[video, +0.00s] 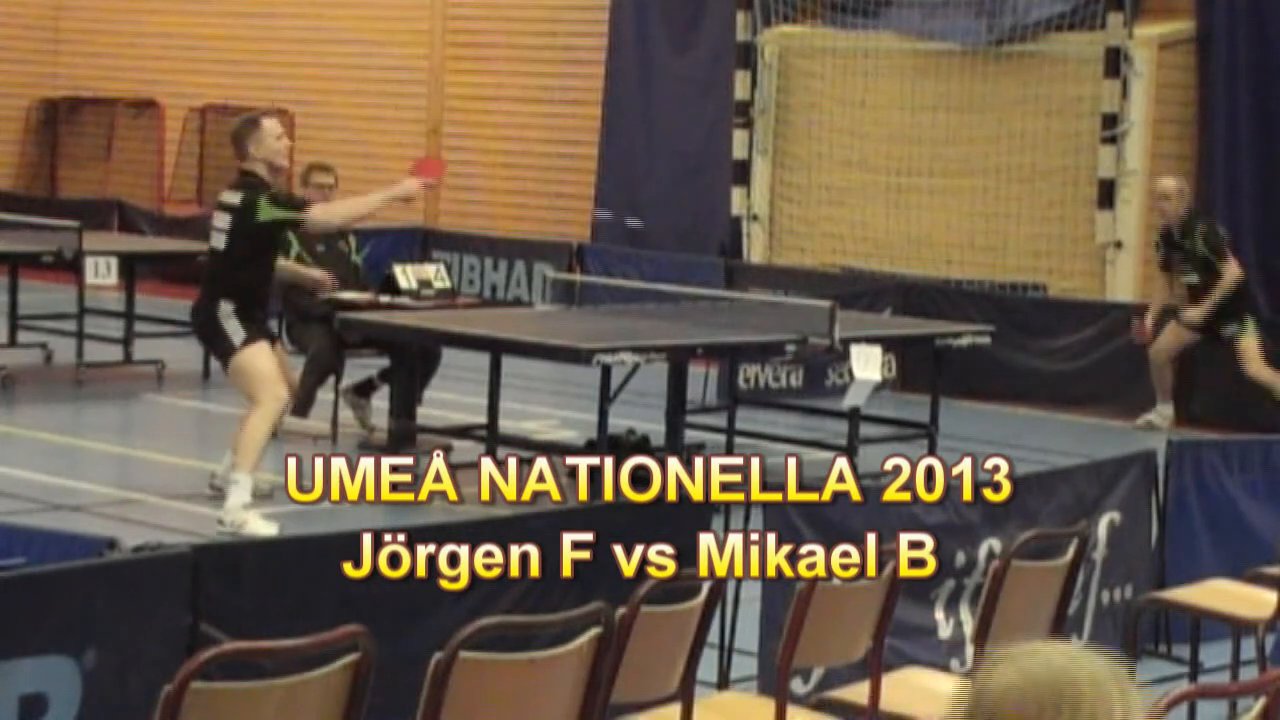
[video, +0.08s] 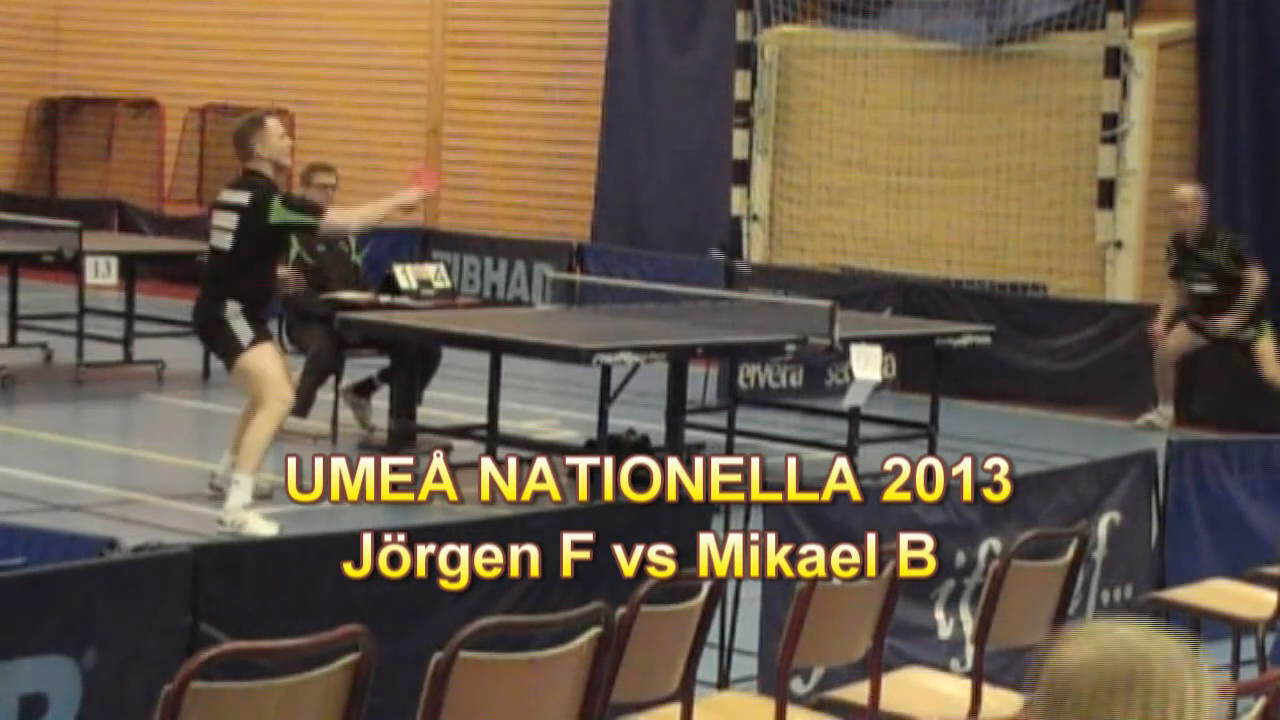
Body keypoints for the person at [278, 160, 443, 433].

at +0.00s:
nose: (324, 194)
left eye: (329, 188)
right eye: (317, 187)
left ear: (336, 191)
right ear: (303, 190)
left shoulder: (344, 234)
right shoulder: (289, 235)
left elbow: (357, 280)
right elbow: (272, 266)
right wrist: (307, 277)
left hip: (350, 315)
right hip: (307, 316)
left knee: (425, 352)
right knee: (326, 353)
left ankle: (362, 391)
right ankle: (295, 420)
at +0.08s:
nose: (326, 194)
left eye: (331, 188)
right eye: (320, 187)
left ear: (336, 191)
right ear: (304, 189)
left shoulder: (342, 233)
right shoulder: (292, 232)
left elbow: (354, 280)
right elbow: (295, 294)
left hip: (349, 315)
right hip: (310, 317)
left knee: (425, 351)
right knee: (326, 354)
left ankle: (362, 391)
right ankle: (294, 419)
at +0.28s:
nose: (336, 195)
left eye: (339, 189)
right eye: (329, 188)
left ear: (341, 192)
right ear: (308, 189)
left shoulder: (339, 231)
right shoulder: (293, 227)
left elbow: (353, 281)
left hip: (348, 317)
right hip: (308, 318)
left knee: (425, 350)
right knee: (327, 353)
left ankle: (362, 391)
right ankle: (293, 413)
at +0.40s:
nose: (338, 197)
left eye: (340, 190)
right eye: (332, 189)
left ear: (341, 193)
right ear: (311, 191)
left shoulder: (333, 229)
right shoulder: (298, 226)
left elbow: (349, 275)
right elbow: (319, 269)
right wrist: (352, 261)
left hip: (344, 316)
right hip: (306, 317)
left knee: (425, 352)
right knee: (327, 352)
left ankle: (362, 392)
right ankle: (291, 415)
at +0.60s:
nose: (340, 197)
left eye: (341, 191)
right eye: (334, 190)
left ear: (341, 193)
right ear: (313, 191)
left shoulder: (339, 234)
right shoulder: (298, 224)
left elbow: (351, 273)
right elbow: (306, 267)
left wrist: (375, 276)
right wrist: (356, 277)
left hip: (347, 315)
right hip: (307, 316)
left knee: (425, 351)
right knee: (327, 352)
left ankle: (362, 391)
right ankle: (291, 417)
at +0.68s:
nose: (340, 197)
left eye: (341, 190)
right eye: (334, 190)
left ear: (341, 193)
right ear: (312, 191)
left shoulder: (341, 234)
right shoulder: (295, 228)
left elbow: (353, 275)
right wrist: (353, 276)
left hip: (348, 315)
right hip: (308, 315)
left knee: (425, 351)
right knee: (327, 353)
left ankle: (362, 391)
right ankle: (291, 416)